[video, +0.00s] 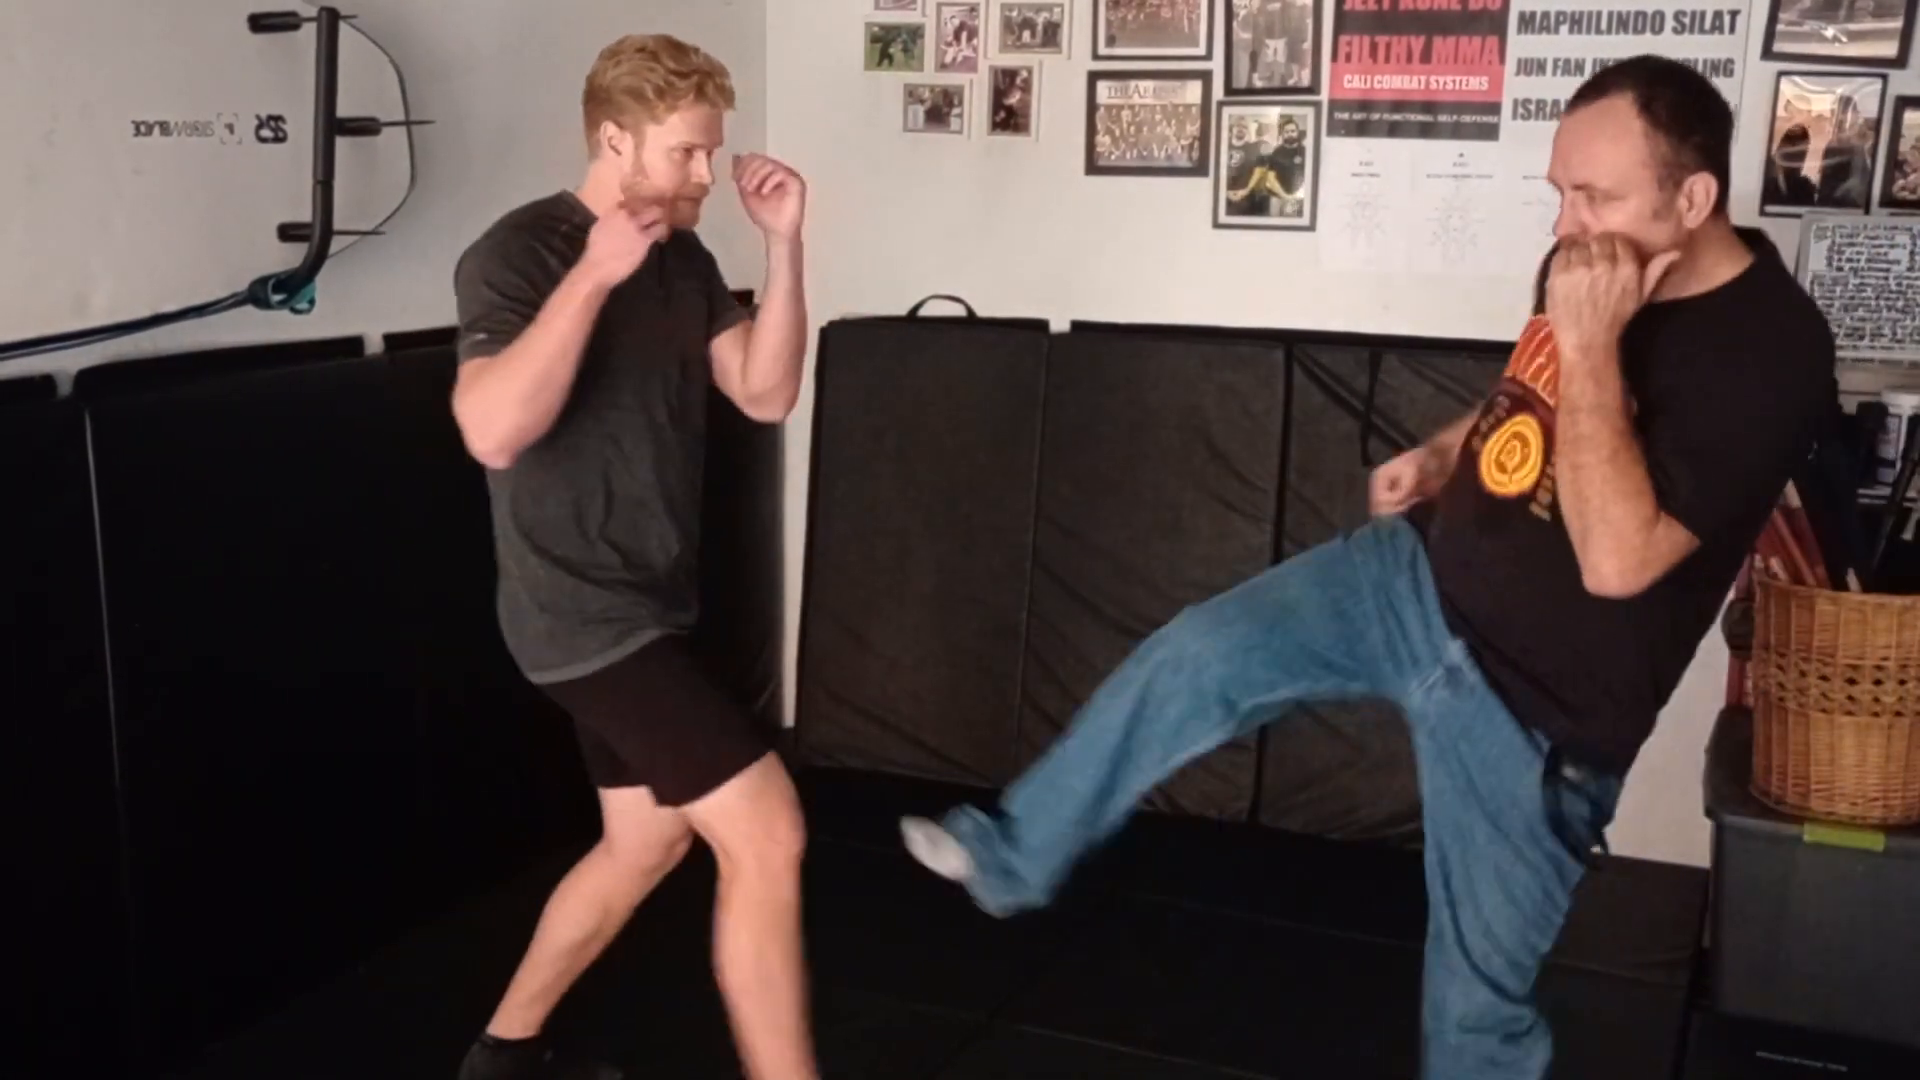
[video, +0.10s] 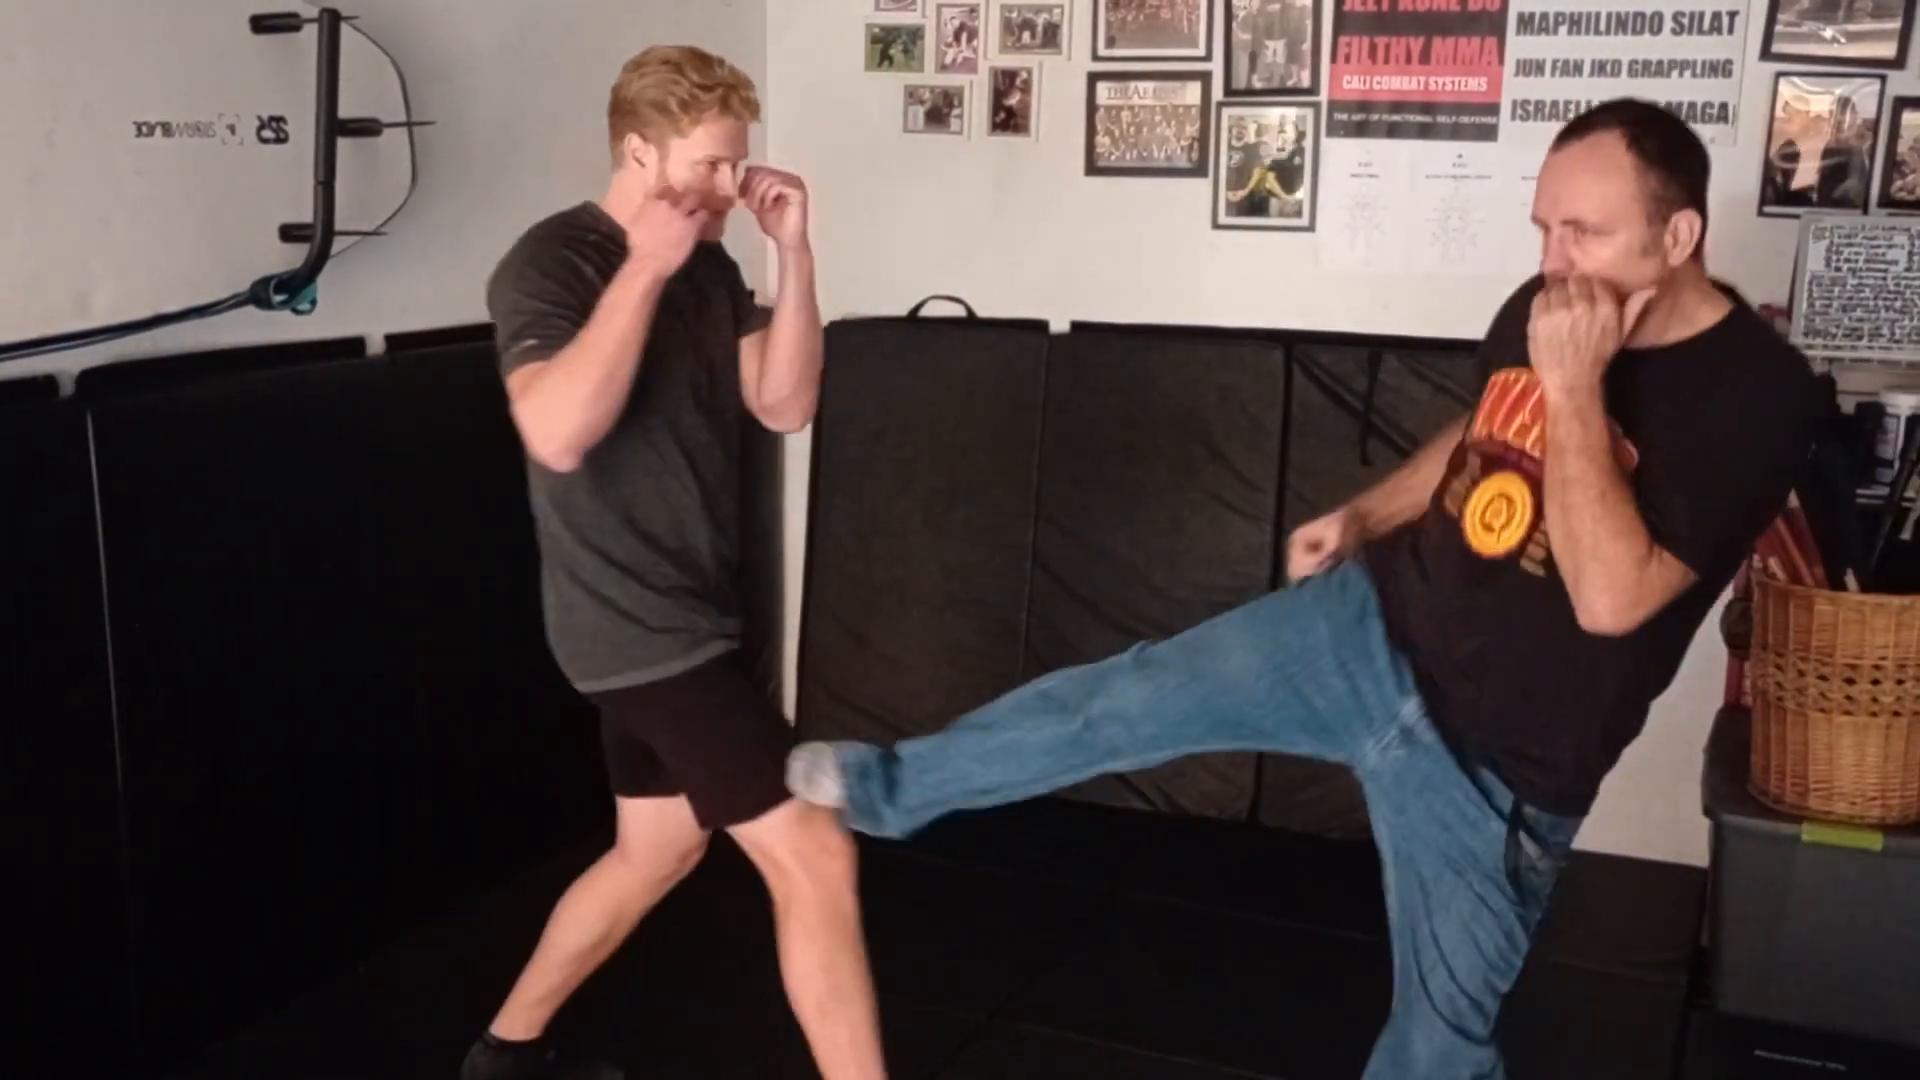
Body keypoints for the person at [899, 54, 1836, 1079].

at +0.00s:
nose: (1567, 225)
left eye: (1597, 197)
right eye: (1563, 196)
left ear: (1697, 198)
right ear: (1561, 184)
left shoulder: (1773, 353)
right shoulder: (1604, 268)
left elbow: (1620, 561)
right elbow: (1535, 398)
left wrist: (1592, 352)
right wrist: (1437, 457)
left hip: (1538, 728)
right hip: (1418, 576)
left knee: (1476, 1023)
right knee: (1198, 656)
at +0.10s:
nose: (1553, 255)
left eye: (1583, 235)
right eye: (1546, 228)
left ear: (1679, 241)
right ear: (1546, 216)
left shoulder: (1763, 396)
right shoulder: (1547, 310)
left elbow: (1613, 601)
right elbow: (1459, 448)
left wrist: (1573, 386)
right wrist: (1351, 519)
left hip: (1496, 782)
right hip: (1369, 627)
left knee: (1441, 1046)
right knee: (1126, 700)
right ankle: (881, 786)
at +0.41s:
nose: (1503, 251)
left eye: (1537, 225)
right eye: (1495, 220)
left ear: (1631, 225)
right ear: (1486, 214)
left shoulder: (1703, 384)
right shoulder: (1493, 289)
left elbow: (1575, 601)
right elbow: (1407, 420)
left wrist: (1514, 407)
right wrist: (1283, 496)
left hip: (1491, 741)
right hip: (1357, 604)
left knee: (1445, 1023)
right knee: (1150, 731)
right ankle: (950, 876)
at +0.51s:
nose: (1483, 235)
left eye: (1513, 205)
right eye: (1473, 205)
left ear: (1606, 206)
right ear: (1464, 199)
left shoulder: (1681, 364)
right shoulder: (1487, 288)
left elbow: (1561, 590)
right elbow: (1421, 410)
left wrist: (1476, 396)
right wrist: (1303, 459)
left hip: (1496, 743)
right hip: (1363, 618)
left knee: (1449, 1016)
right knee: (1186, 769)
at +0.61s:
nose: (1470, 213)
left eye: (1501, 184)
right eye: (1462, 183)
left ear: (1596, 189)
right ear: (1454, 183)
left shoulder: (1674, 352)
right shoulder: (1477, 276)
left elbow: (1581, 582)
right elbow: (1421, 424)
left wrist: (1471, 409)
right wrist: (1323, 429)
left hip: (1499, 754)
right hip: (1359, 658)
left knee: (1451, 1030)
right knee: (1241, 857)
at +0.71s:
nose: (1465, 197)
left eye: (1495, 170)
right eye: (1456, 166)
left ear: (1584, 180)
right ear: (1447, 165)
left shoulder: (1667, 339)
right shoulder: (1452, 280)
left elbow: (1629, 576)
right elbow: (1412, 451)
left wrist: (1471, 426)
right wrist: (1340, 432)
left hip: (1524, 760)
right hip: (1379, 706)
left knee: (1465, 1042)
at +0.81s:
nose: (1444, 193)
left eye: (1477, 167)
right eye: (1437, 165)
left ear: (1560, 181)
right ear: (1428, 167)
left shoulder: (1644, 333)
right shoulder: (1422, 293)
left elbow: (1664, 560)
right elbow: (1390, 469)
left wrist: (1473, 468)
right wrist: (1330, 462)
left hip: (1547, 748)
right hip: (1426, 718)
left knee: (1480, 1037)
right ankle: (1576, 1065)